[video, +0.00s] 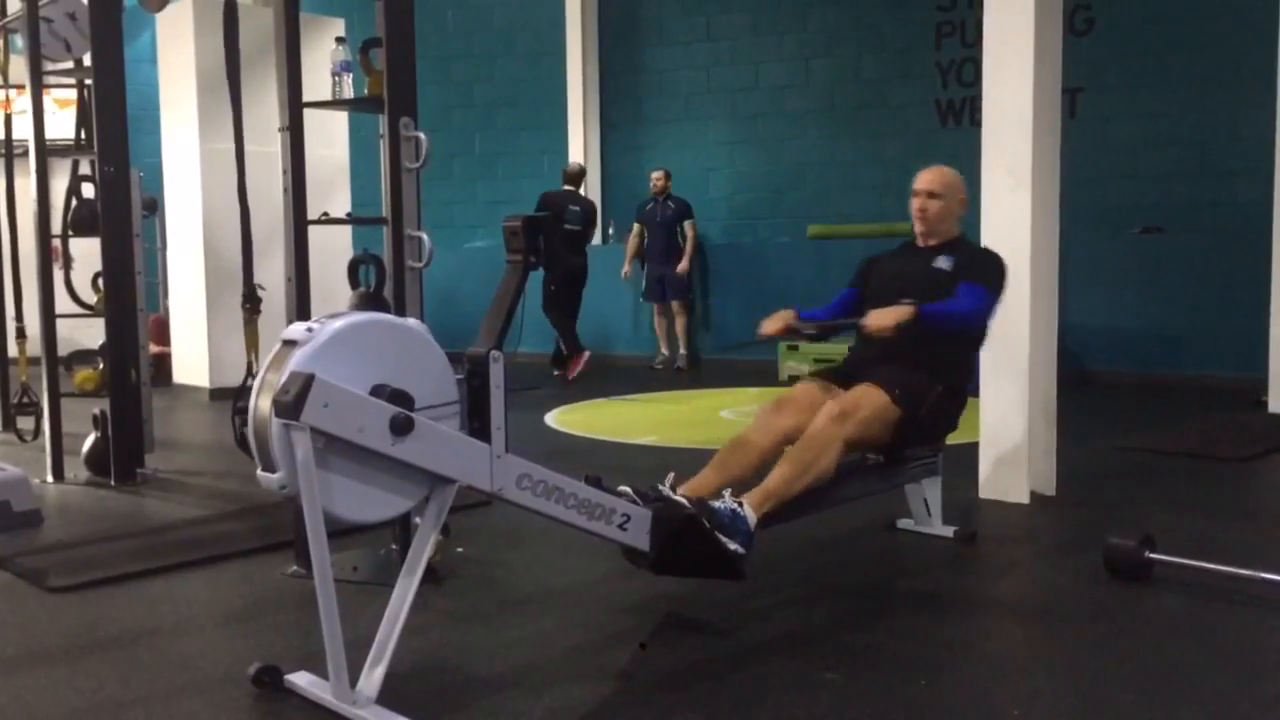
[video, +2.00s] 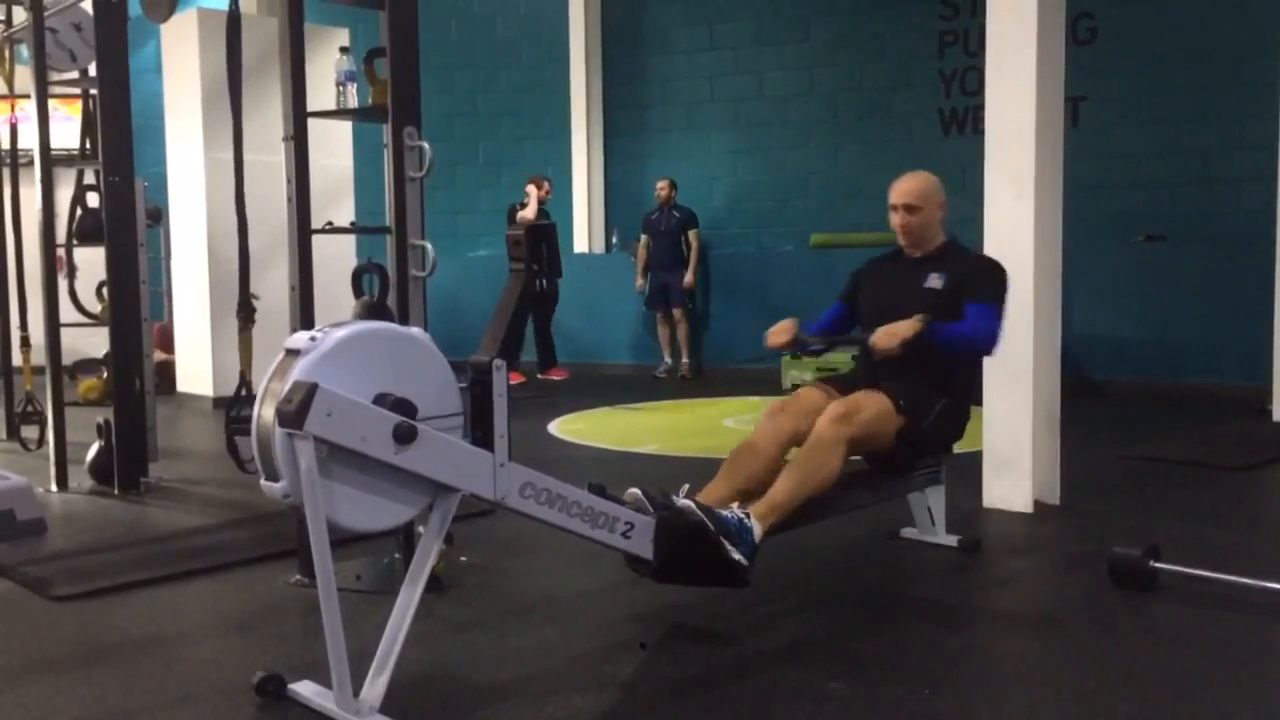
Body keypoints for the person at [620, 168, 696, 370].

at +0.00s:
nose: (654, 183)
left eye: (658, 180)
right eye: (652, 180)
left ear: (668, 182)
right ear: (650, 183)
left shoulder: (680, 205)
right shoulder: (644, 207)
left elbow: (689, 233)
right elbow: (635, 235)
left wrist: (686, 260)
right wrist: (628, 261)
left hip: (675, 264)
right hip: (652, 265)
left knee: (678, 308)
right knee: (658, 309)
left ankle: (682, 352)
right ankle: (664, 351)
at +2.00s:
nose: (658, 193)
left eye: (662, 189)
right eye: (657, 189)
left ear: (672, 192)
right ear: (656, 192)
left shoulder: (685, 215)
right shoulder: (650, 217)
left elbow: (694, 245)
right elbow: (643, 246)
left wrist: (690, 272)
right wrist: (640, 275)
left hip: (678, 273)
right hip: (656, 273)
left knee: (678, 315)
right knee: (661, 317)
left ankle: (685, 360)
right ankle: (666, 359)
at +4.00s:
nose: (659, 198)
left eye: (663, 195)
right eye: (658, 195)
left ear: (673, 198)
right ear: (656, 198)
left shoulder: (685, 220)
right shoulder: (649, 222)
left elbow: (694, 251)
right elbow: (642, 250)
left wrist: (689, 278)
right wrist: (639, 279)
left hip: (677, 279)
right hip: (655, 279)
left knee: (676, 323)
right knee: (657, 323)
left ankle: (678, 369)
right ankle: (665, 367)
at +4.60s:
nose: (659, 202)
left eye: (663, 199)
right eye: (657, 199)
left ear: (673, 201)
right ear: (656, 201)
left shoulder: (685, 224)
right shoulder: (649, 225)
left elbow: (694, 254)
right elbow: (642, 255)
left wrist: (690, 281)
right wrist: (640, 283)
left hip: (677, 281)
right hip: (655, 281)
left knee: (678, 323)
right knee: (661, 325)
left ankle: (684, 367)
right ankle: (666, 368)